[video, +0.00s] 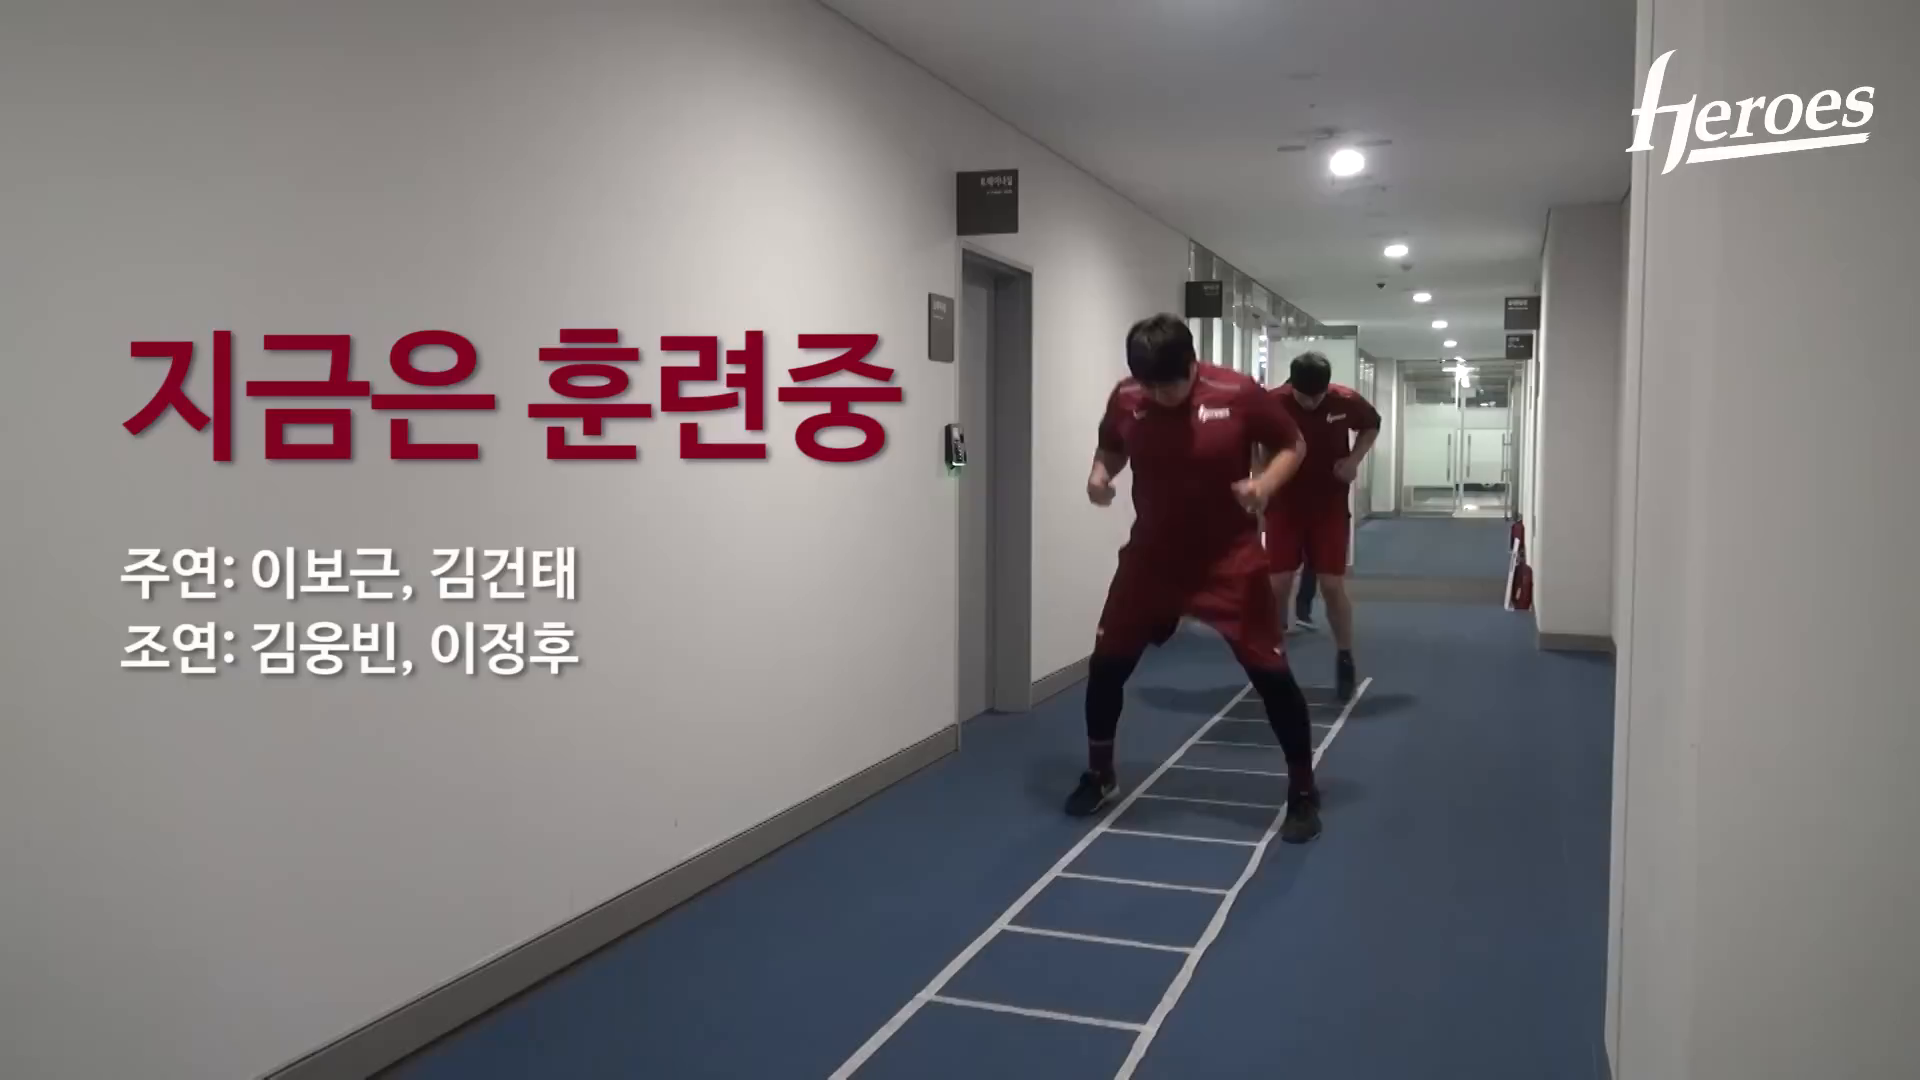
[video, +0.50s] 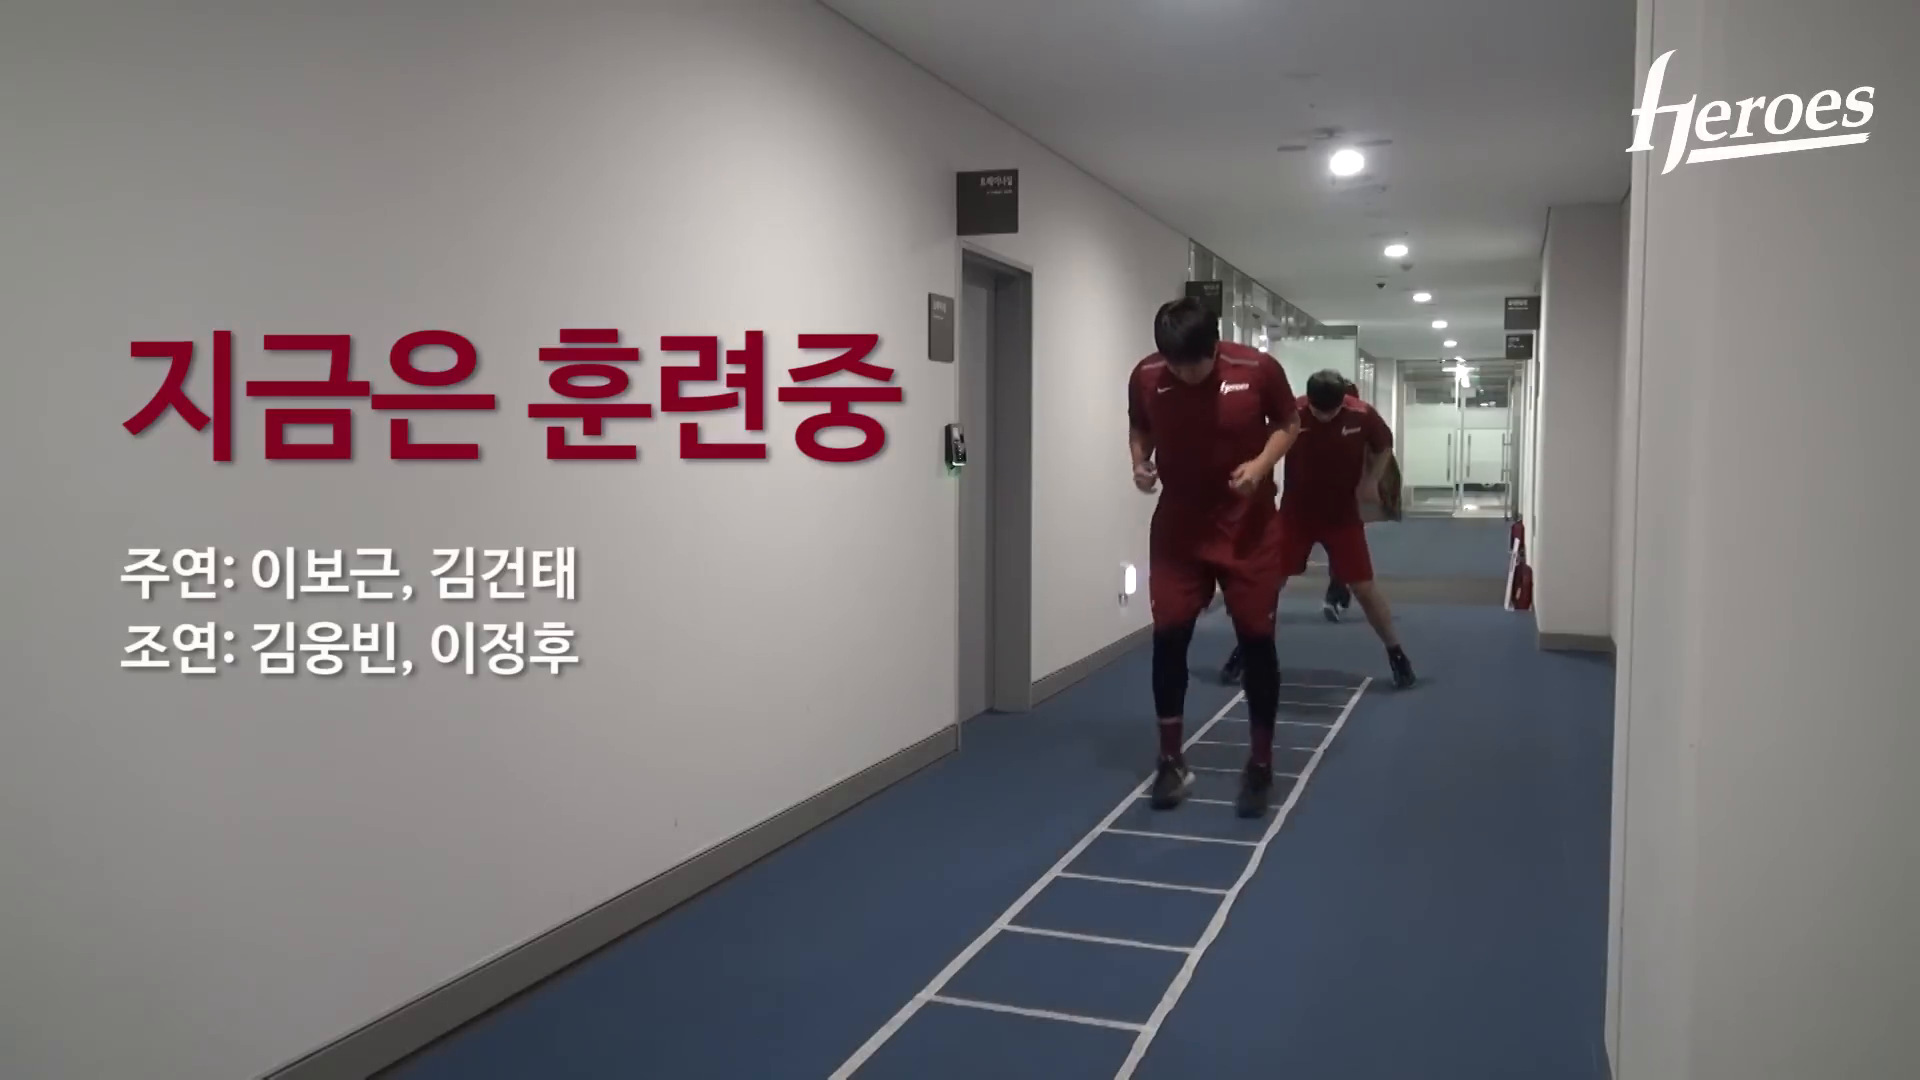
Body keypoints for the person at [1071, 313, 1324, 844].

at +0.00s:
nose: (1162, 397)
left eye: (1171, 387)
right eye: (1152, 388)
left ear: (1191, 367)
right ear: (1138, 376)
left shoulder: (1239, 395)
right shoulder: (1127, 401)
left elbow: (1293, 445)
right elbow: (1110, 448)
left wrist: (1264, 482)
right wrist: (1100, 476)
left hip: (1228, 557)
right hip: (1152, 555)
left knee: (1268, 670)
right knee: (1106, 665)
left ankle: (1302, 791)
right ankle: (1100, 774)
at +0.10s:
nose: (1170, 398)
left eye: (1178, 389)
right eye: (1160, 390)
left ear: (1198, 369)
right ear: (1147, 377)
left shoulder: (1245, 397)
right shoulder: (1134, 402)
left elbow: (1290, 454)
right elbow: (1122, 456)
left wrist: (1269, 509)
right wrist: (1105, 492)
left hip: (1232, 556)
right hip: (1156, 556)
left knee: (1272, 670)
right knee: (1113, 664)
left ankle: (1301, 789)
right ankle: (1102, 774)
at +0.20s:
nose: (1175, 378)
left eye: (1183, 368)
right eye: (1165, 370)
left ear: (1202, 347)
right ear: (1152, 356)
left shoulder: (1251, 372)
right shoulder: (1137, 379)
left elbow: (1287, 430)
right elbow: (1131, 431)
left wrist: (1261, 483)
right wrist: (1121, 470)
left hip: (1234, 535)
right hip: (1162, 535)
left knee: (1252, 651)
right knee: (1145, 646)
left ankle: (1273, 776)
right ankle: (1127, 763)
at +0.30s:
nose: (1179, 376)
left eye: (1188, 365)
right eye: (1169, 367)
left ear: (1208, 348)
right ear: (1158, 354)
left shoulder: (1253, 376)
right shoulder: (1141, 384)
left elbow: (1286, 437)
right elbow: (1131, 432)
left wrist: (1258, 488)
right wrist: (1127, 472)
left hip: (1235, 536)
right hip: (1167, 535)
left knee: (1235, 650)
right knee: (1163, 649)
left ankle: (1235, 766)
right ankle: (1186, 763)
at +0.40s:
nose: (1184, 382)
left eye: (1193, 372)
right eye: (1175, 373)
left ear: (1214, 355)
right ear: (1163, 361)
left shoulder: (1257, 386)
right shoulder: (1147, 390)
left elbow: (1284, 448)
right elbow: (1137, 444)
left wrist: (1261, 492)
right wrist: (1131, 481)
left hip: (1238, 545)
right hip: (1172, 544)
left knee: (1244, 660)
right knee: (1170, 657)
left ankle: (1235, 774)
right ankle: (1190, 773)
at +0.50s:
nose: (1187, 375)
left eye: (1195, 365)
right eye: (1178, 367)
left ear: (1214, 346)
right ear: (1164, 352)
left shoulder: (1259, 370)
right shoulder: (1148, 379)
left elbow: (1290, 421)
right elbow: (1140, 425)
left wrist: (1262, 463)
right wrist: (1141, 460)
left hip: (1248, 525)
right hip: (1179, 524)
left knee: (1256, 639)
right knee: (1168, 635)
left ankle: (1260, 764)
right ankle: (1170, 761)